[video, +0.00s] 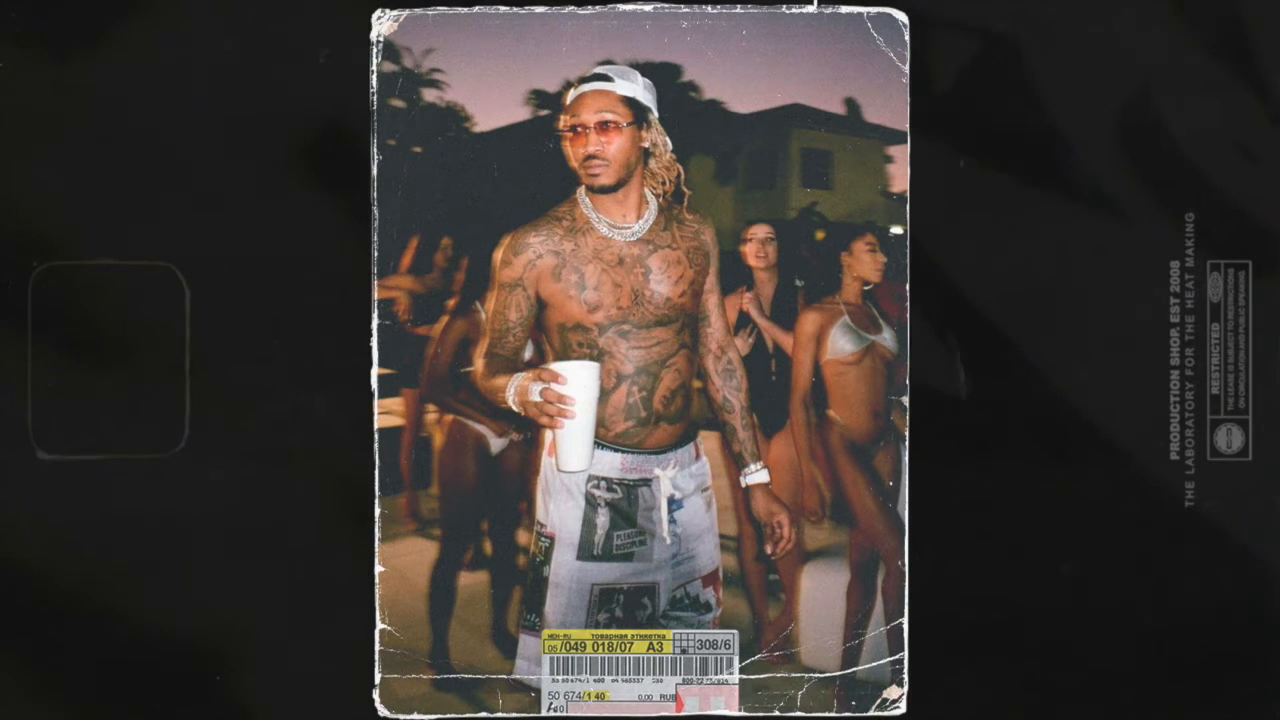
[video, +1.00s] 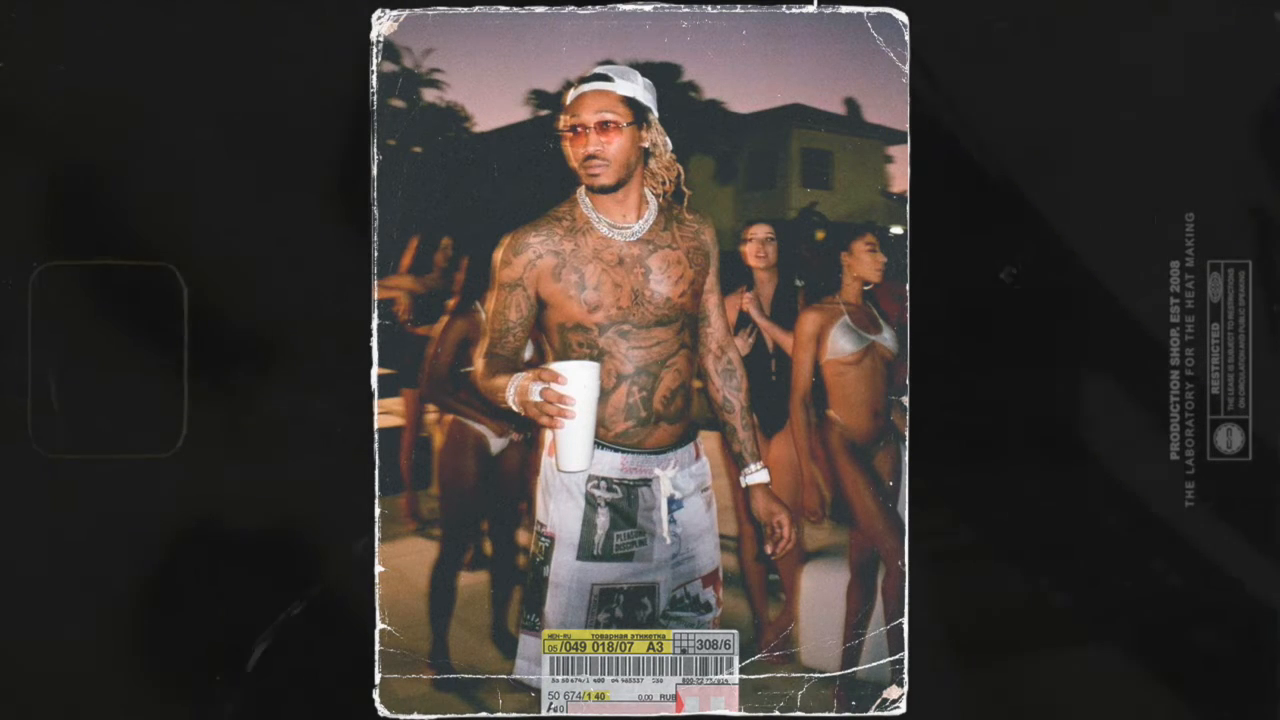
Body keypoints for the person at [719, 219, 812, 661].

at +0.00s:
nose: (761, 249)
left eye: (769, 241)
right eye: (752, 242)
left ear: (781, 249)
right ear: (741, 250)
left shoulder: (797, 295)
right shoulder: (730, 300)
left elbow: (803, 352)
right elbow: (714, 364)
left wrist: (761, 318)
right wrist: (738, 336)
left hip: (783, 419)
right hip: (738, 422)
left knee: (784, 520)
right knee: (748, 526)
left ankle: (794, 614)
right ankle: (761, 622)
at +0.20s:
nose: (761, 249)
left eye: (768, 241)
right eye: (752, 241)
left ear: (781, 249)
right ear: (741, 250)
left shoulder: (797, 296)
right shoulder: (730, 299)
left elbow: (804, 352)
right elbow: (716, 364)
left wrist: (761, 318)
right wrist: (739, 334)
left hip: (784, 420)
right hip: (738, 421)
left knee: (783, 522)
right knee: (749, 526)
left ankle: (794, 614)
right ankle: (761, 622)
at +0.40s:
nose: (761, 249)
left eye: (769, 241)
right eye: (752, 241)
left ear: (780, 249)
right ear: (740, 250)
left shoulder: (797, 295)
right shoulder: (730, 299)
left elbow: (802, 351)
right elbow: (713, 364)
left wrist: (761, 318)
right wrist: (736, 340)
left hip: (783, 419)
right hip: (737, 421)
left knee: (784, 520)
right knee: (748, 525)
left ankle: (795, 612)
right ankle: (761, 621)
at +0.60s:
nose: (760, 249)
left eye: (768, 241)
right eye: (752, 242)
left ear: (780, 249)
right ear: (741, 250)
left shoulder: (797, 296)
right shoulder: (729, 300)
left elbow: (802, 351)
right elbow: (713, 364)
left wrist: (761, 318)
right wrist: (734, 347)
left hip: (783, 420)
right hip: (738, 421)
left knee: (783, 520)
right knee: (749, 527)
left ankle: (793, 613)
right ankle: (762, 622)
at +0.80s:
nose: (760, 249)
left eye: (768, 241)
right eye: (752, 242)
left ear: (780, 249)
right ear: (741, 250)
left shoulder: (797, 296)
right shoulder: (729, 301)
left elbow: (802, 351)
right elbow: (713, 364)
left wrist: (761, 318)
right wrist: (734, 347)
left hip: (783, 420)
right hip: (738, 421)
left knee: (783, 520)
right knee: (749, 527)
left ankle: (793, 613)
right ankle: (762, 622)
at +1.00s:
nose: (760, 249)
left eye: (768, 241)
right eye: (752, 242)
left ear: (780, 249)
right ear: (741, 250)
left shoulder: (797, 296)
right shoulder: (729, 300)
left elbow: (802, 351)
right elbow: (712, 364)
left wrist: (761, 318)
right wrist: (734, 347)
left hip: (783, 420)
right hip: (738, 421)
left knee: (783, 520)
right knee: (749, 527)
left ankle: (793, 613)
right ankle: (762, 622)